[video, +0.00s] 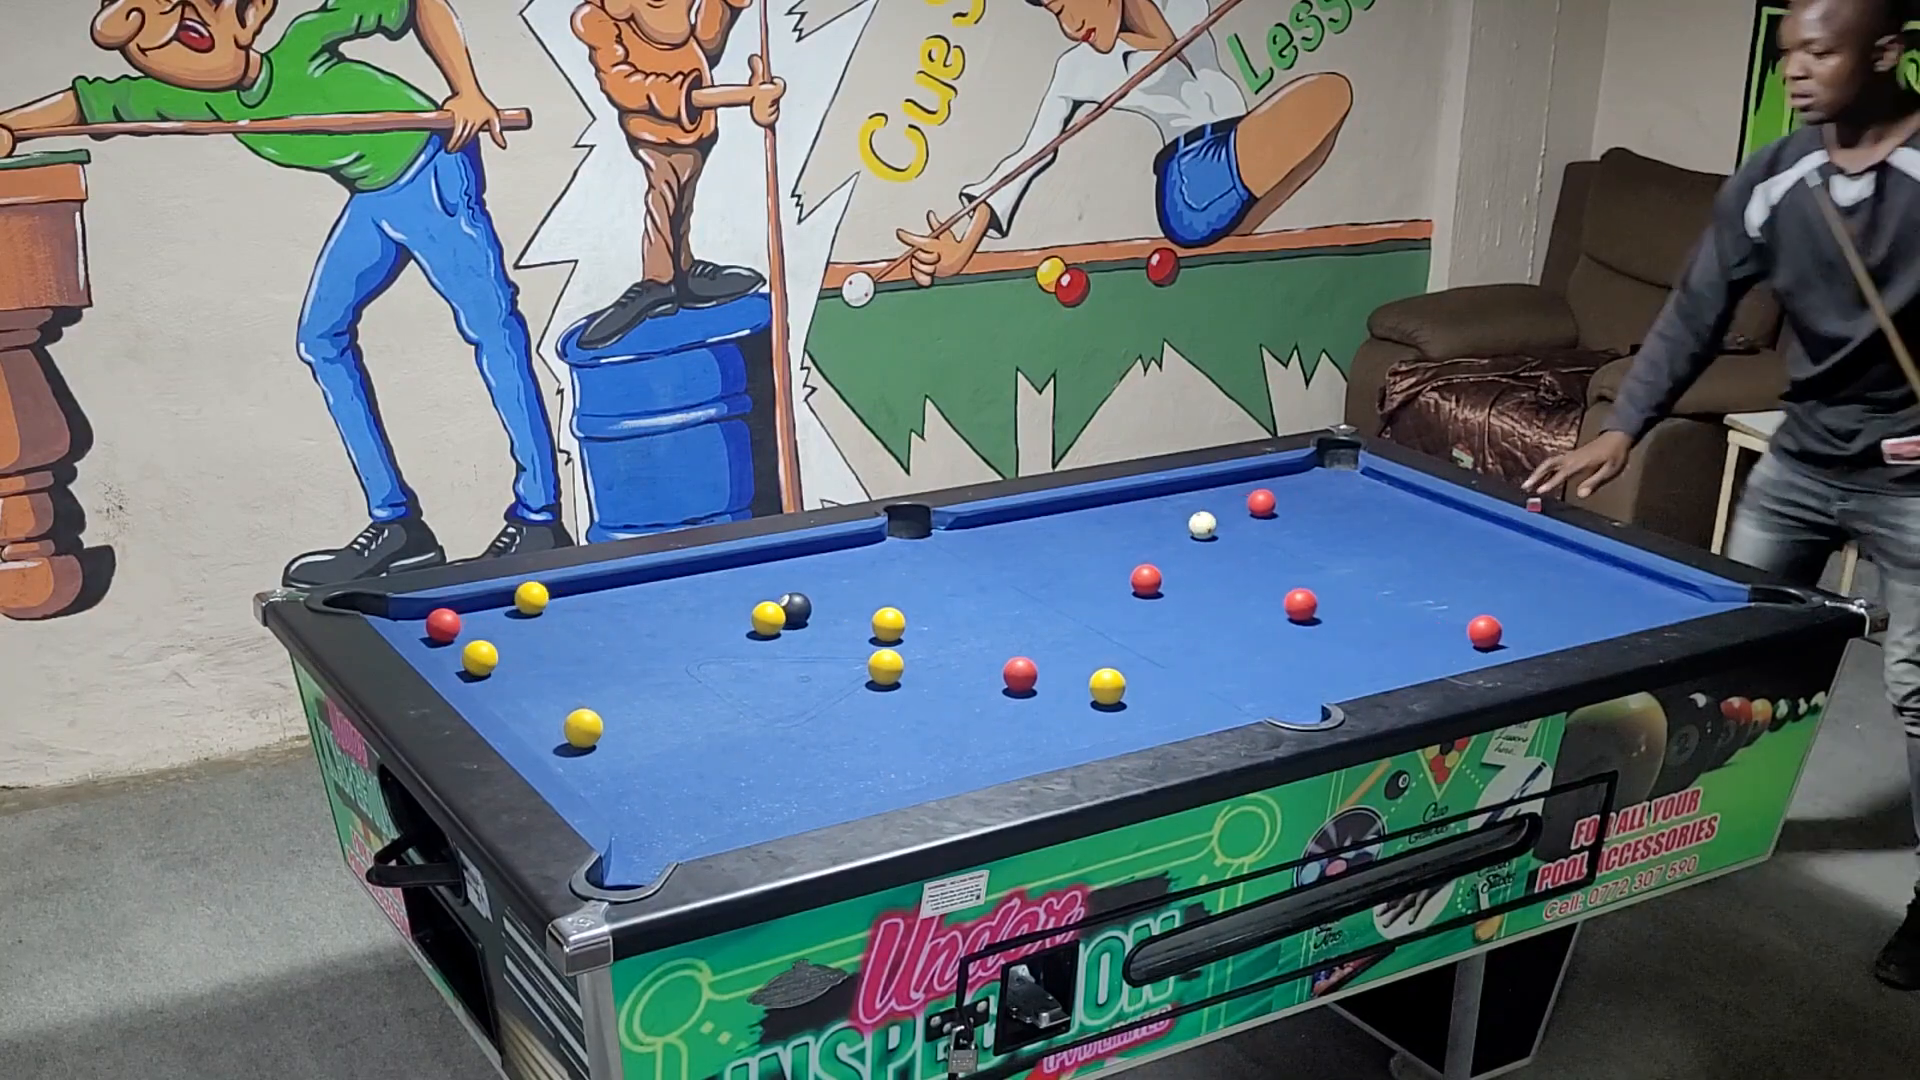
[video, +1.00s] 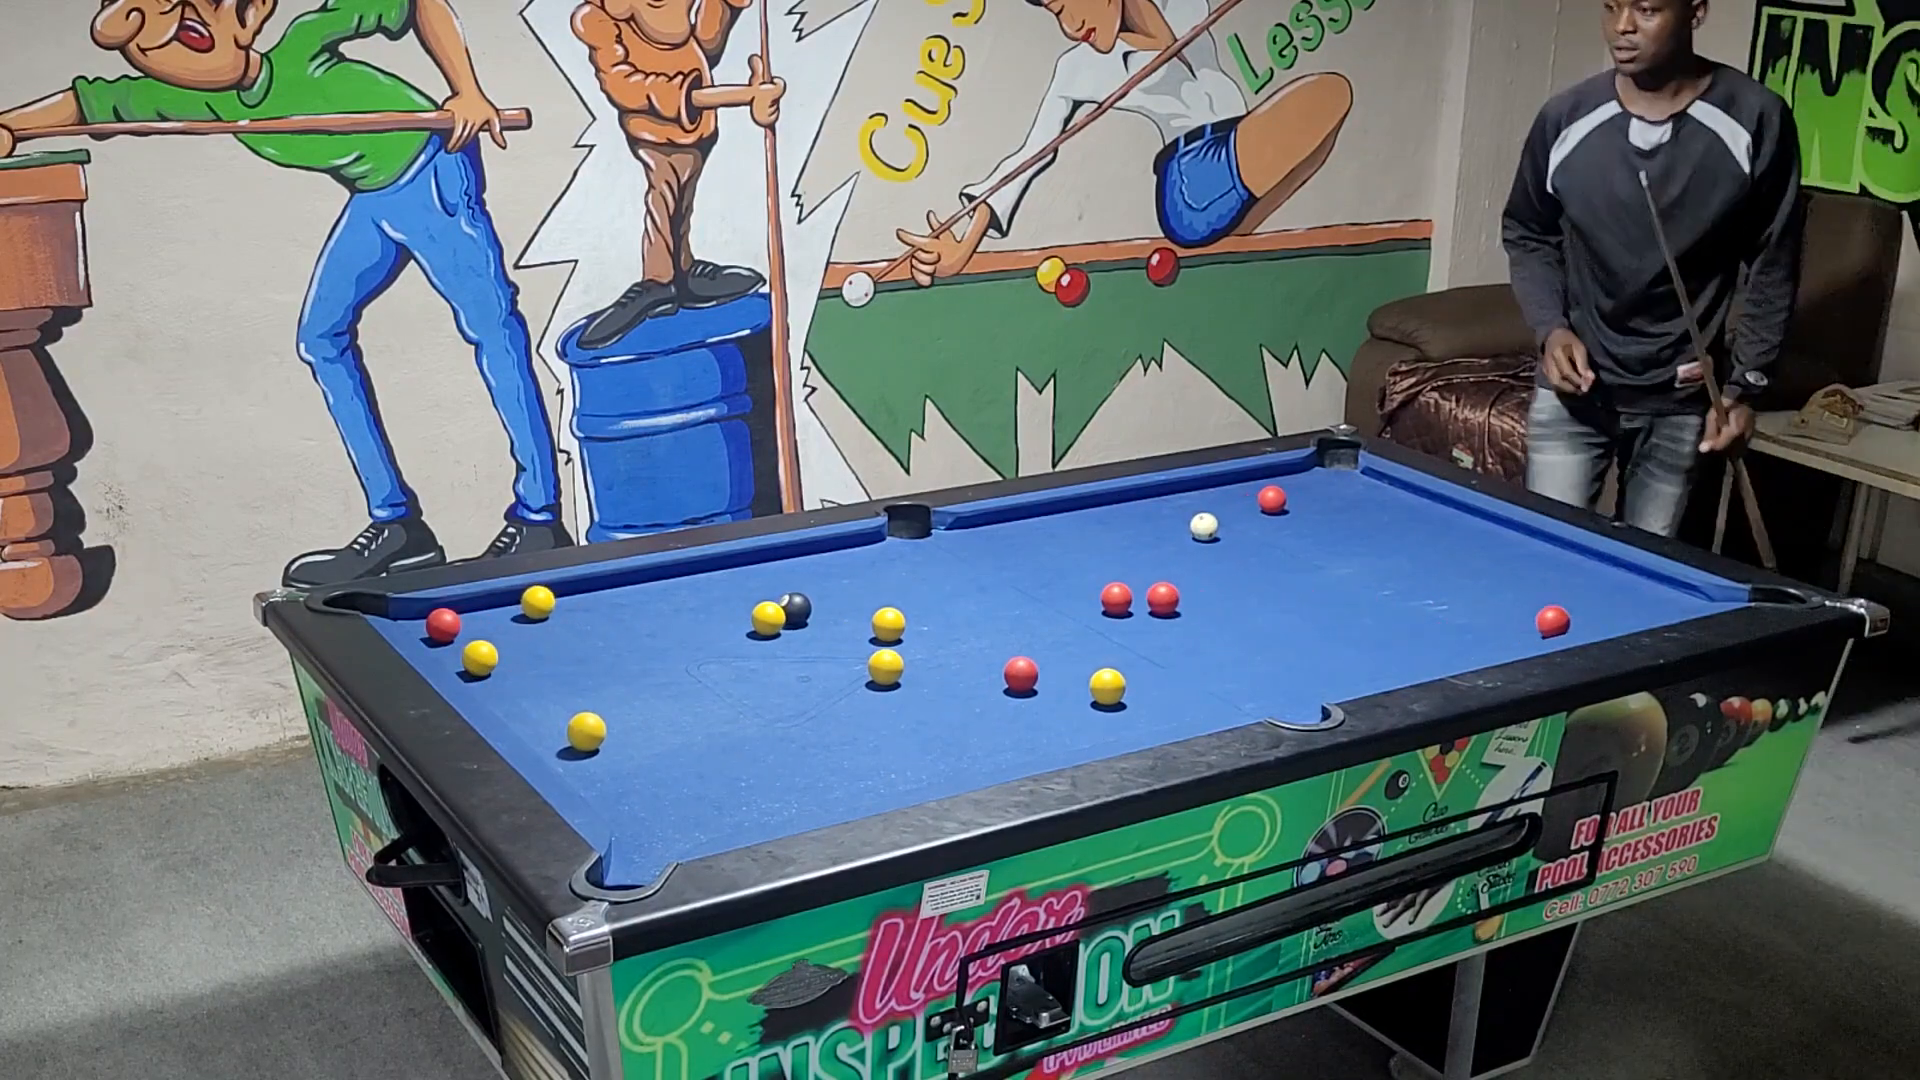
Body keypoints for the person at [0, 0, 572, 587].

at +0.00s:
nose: (205, 55)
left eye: (199, 41)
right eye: (189, 55)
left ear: (225, 21)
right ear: (184, 74)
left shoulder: (300, 37)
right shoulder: (213, 98)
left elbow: (418, 3)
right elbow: (91, 100)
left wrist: (466, 87)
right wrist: (10, 124)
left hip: (426, 165)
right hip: (369, 198)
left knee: (491, 327)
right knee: (322, 337)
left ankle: (541, 518)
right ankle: (397, 522)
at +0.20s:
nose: (205, 56)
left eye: (199, 41)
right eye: (189, 55)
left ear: (226, 21)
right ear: (184, 74)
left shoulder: (300, 37)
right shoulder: (213, 98)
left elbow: (418, 3)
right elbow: (91, 100)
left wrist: (466, 87)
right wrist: (10, 124)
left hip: (426, 165)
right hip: (369, 198)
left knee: (491, 327)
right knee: (322, 337)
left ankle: (541, 518)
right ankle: (397, 522)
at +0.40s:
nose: (205, 56)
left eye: (198, 41)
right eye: (189, 57)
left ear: (225, 21)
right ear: (183, 74)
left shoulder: (300, 37)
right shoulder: (213, 98)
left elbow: (418, 3)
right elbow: (91, 100)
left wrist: (466, 87)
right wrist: (11, 123)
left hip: (426, 164)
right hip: (369, 198)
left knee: (491, 327)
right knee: (322, 337)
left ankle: (541, 518)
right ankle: (397, 522)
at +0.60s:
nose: (205, 57)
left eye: (198, 42)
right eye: (188, 57)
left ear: (225, 21)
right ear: (183, 74)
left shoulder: (300, 37)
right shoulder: (212, 98)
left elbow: (418, 3)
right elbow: (91, 100)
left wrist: (466, 87)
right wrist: (11, 123)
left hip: (426, 165)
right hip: (368, 198)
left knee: (491, 327)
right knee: (322, 337)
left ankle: (541, 518)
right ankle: (397, 522)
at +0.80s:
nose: (205, 56)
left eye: (198, 41)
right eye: (189, 57)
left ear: (225, 21)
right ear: (184, 74)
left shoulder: (300, 37)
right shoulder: (213, 98)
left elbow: (418, 3)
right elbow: (91, 100)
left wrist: (466, 87)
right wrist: (11, 123)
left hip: (426, 165)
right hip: (369, 198)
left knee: (491, 327)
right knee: (322, 337)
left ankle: (541, 518)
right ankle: (397, 522)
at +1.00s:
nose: (204, 56)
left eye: (198, 41)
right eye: (189, 55)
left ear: (225, 21)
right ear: (184, 74)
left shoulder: (300, 36)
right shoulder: (213, 98)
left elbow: (418, 3)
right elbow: (91, 100)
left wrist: (466, 87)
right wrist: (11, 123)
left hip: (426, 165)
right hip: (369, 199)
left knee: (491, 327)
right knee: (322, 337)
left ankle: (541, 518)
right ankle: (397, 522)